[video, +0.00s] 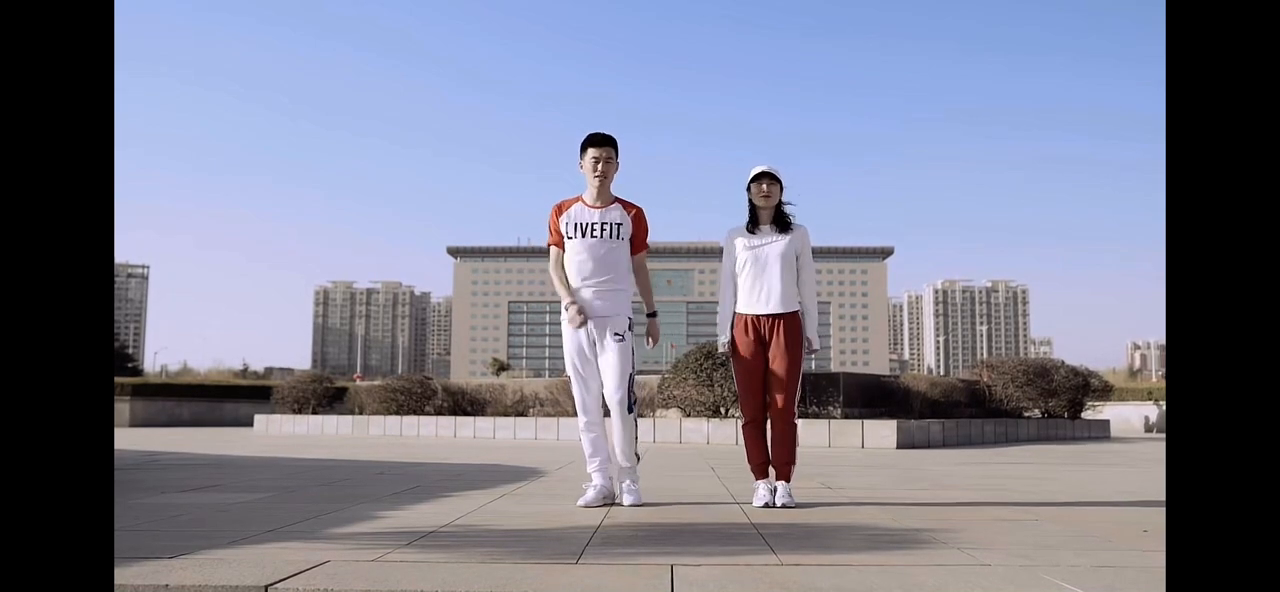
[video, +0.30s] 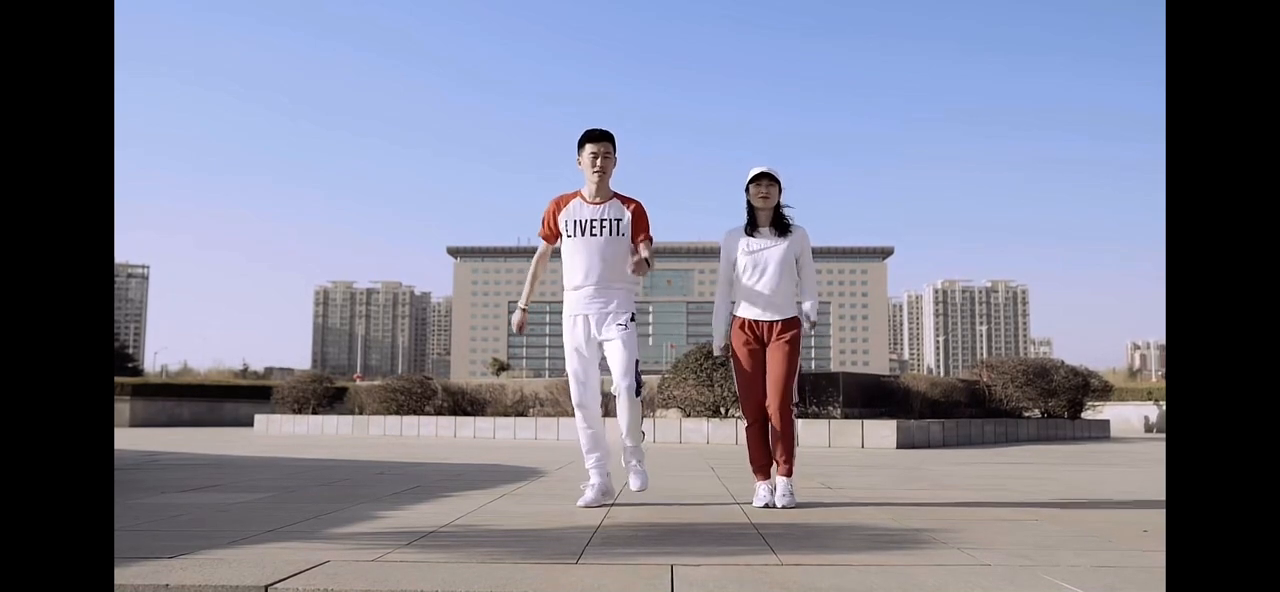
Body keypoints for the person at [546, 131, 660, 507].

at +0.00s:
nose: (601, 166)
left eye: (608, 160)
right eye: (594, 160)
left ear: (617, 166)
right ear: (582, 166)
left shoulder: (632, 213)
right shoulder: (562, 212)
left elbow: (640, 266)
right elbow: (555, 265)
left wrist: (651, 313)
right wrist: (569, 300)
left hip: (616, 312)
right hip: (576, 312)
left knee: (619, 398)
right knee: (587, 402)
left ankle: (628, 479)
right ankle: (600, 481)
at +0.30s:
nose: (600, 161)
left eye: (606, 155)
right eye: (593, 155)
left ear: (615, 161)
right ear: (580, 162)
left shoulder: (632, 209)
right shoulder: (560, 207)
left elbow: (645, 261)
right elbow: (542, 257)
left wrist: (641, 261)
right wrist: (523, 305)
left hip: (618, 307)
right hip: (576, 311)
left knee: (627, 386)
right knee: (584, 399)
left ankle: (633, 454)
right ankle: (598, 479)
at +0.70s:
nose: (597, 147)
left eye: (604, 142)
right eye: (591, 142)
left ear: (615, 151)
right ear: (580, 151)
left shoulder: (632, 196)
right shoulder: (564, 200)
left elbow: (642, 247)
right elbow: (561, 256)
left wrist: (648, 288)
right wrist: (559, 306)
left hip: (621, 300)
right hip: (582, 303)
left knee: (624, 371)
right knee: (593, 393)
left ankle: (631, 436)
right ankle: (603, 471)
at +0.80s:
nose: (602, 163)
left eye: (610, 157)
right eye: (596, 158)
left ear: (622, 167)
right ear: (587, 167)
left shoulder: (638, 216)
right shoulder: (568, 212)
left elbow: (645, 267)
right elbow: (556, 256)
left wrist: (650, 309)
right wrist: (557, 271)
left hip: (625, 306)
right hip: (585, 311)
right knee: (596, 401)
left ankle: (624, 392)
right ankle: (617, 478)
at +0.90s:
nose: (606, 162)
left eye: (614, 157)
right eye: (600, 157)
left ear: (626, 166)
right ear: (590, 165)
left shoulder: (641, 215)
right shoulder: (570, 208)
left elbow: (644, 259)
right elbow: (546, 257)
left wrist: (650, 294)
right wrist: (556, 244)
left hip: (626, 302)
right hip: (586, 307)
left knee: (613, 309)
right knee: (596, 396)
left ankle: (620, 400)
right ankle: (617, 478)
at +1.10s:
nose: (614, 160)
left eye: (620, 155)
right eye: (607, 154)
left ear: (629, 163)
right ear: (594, 160)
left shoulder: (638, 207)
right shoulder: (572, 202)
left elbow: (645, 242)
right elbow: (539, 239)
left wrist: (655, 259)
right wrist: (568, 209)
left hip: (622, 313)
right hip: (583, 316)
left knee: (619, 392)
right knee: (594, 399)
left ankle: (613, 481)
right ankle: (609, 469)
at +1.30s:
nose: (612, 151)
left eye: (618, 145)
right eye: (605, 145)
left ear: (627, 152)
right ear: (592, 151)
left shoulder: (642, 199)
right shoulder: (571, 195)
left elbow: (647, 248)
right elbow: (551, 243)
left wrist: (657, 294)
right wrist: (555, 278)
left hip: (620, 306)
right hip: (578, 304)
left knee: (617, 391)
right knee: (576, 386)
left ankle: (615, 477)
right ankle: (593, 450)